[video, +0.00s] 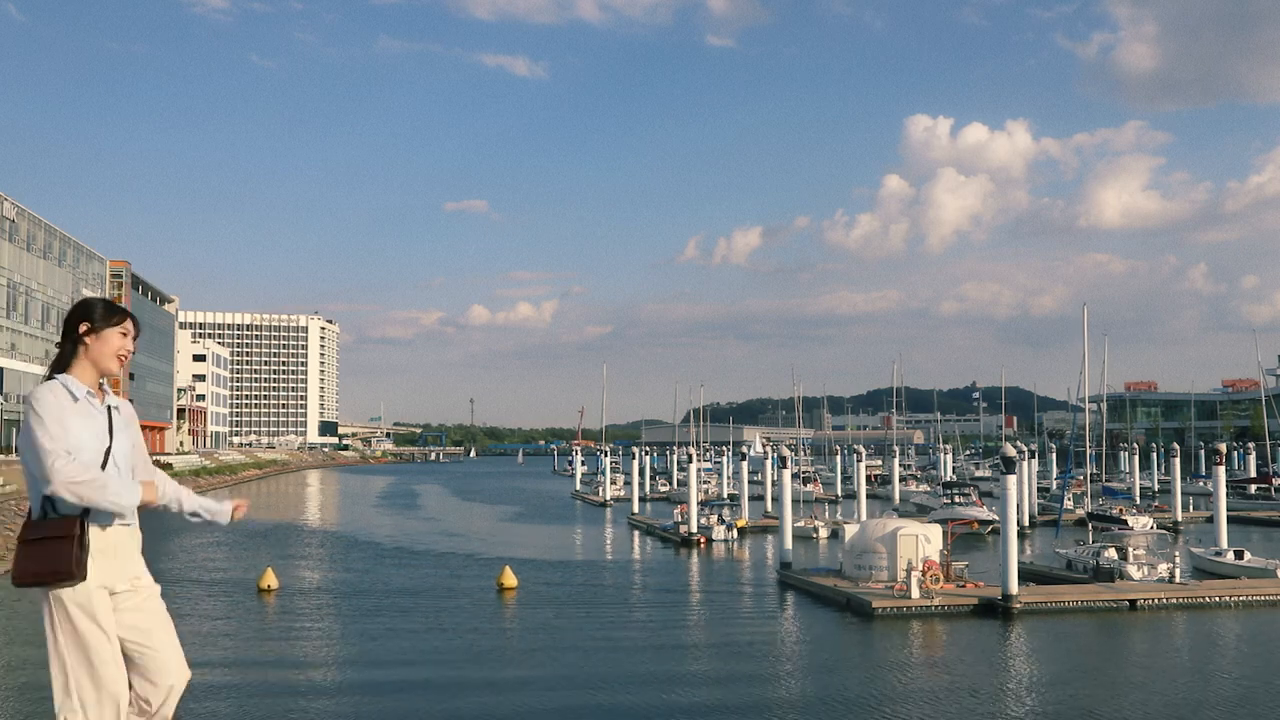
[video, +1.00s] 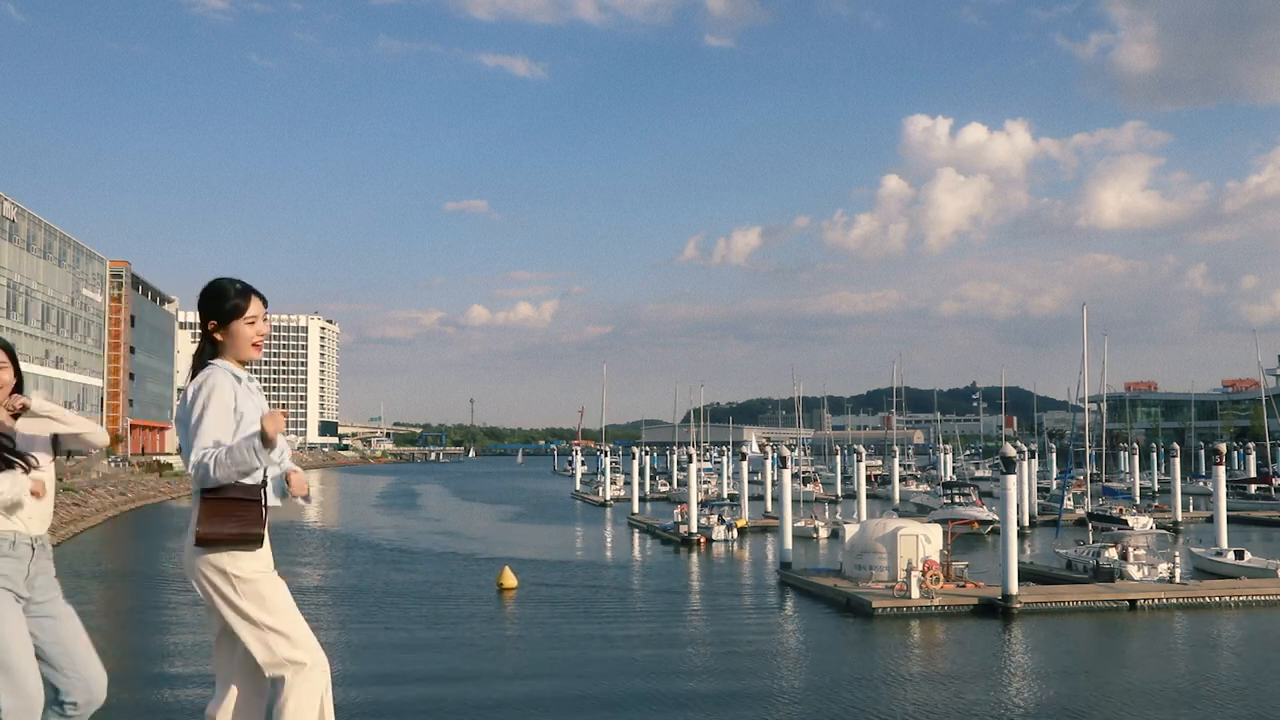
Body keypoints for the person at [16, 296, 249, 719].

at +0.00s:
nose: (130, 349)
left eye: (132, 341)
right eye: (122, 335)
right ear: (86, 333)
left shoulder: (121, 409)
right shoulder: (47, 398)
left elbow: (149, 481)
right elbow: (60, 479)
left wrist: (219, 509)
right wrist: (136, 493)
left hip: (126, 555)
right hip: (76, 556)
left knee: (168, 676)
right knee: (99, 696)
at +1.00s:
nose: (263, 330)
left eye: (264, 320)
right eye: (252, 321)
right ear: (218, 329)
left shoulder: (245, 383)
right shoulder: (215, 381)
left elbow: (258, 459)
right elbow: (201, 467)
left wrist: (288, 472)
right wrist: (260, 441)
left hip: (245, 543)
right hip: (226, 548)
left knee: (241, 680)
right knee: (305, 666)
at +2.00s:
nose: (383, 319)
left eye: (383, 309)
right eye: (375, 308)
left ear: (348, 315)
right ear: (341, 312)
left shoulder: (356, 378)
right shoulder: (325, 372)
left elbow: (385, 466)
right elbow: (359, 451)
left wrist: (437, 442)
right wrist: (391, 438)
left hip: (371, 527)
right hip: (337, 529)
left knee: (415, 669)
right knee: (338, 679)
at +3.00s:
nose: (483, 336)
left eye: (484, 326)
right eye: (476, 326)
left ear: (449, 327)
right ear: (447, 326)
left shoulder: (437, 377)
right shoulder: (448, 371)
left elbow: (521, 344)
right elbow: (494, 328)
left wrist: (557, 289)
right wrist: (540, 252)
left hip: (458, 545)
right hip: (486, 547)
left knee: (474, 690)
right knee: (540, 686)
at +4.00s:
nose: (607, 333)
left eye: (605, 324)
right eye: (600, 323)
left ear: (577, 329)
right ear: (574, 329)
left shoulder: (592, 384)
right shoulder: (553, 383)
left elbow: (641, 341)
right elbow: (609, 332)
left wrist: (687, 280)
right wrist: (658, 252)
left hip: (622, 539)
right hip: (586, 541)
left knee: (657, 698)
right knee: (603, 699)